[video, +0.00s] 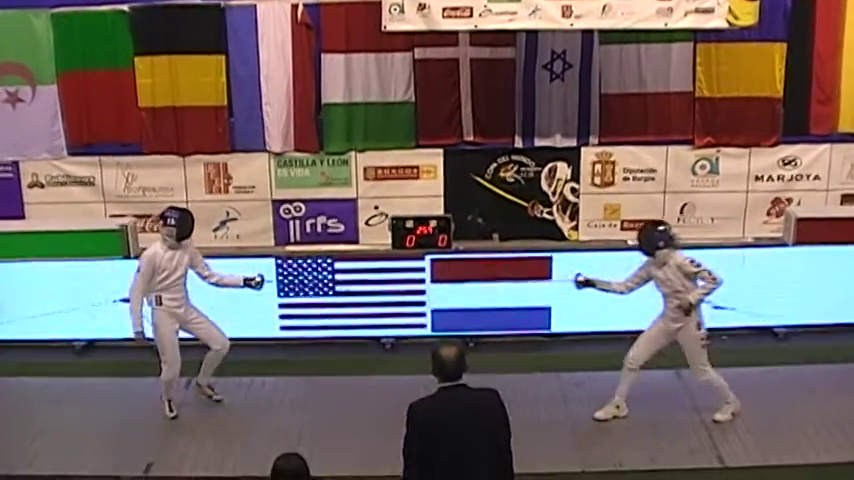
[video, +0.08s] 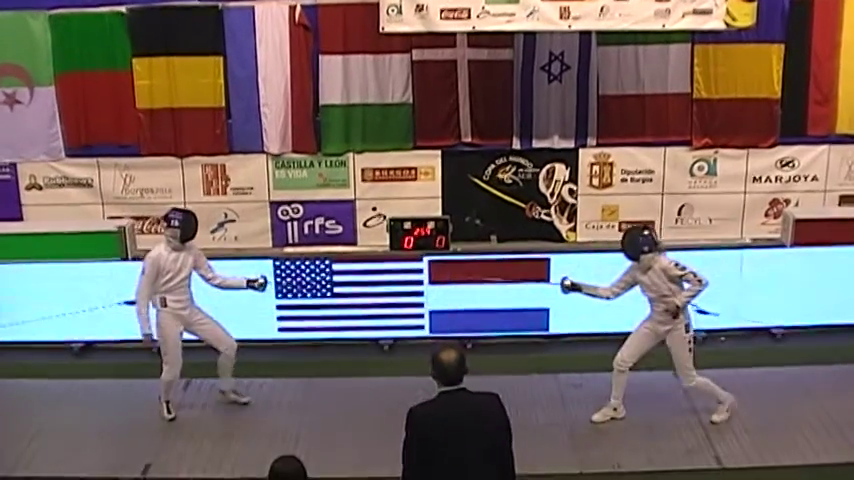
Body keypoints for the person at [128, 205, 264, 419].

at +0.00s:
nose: (166, 233)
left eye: (171, 230)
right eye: (164, 228)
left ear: (182, 233)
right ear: (160, 228)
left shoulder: (188, 251)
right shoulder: (151, 255)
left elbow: (210, 277)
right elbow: (136, 293)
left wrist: (245, 281)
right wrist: (138, 330)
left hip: (186, 309)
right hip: (162, 313)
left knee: (221, 345)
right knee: (172, 365)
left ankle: (203, 382)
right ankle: (167, 398)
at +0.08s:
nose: (170, 232)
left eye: (175, 229)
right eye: (168, 227)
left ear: (185, 233)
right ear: (164, 229)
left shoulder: (192, 253)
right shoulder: (155, 257)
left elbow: (214, 279)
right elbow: (142, 297)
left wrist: (248, 283)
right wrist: (146, 333)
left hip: (190, 311)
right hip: (167, 315)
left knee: (229, 347)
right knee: (173, 368)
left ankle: (226, 390)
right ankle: (165, 400)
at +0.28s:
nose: (193, 238)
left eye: (198, 234)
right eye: (190, 233)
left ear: (209, 237)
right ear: (187, 234)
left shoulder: (216, 256)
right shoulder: (179, 263)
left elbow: (245, 279)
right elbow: (170, 301)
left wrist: (280, 280)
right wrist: (181, 332)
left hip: (214, 317)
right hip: (189, 320)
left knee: (250, 355)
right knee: (180, 373)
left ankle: (268, 400)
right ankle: (165, 403)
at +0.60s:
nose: (230, 234)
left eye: (235, 231)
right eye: (230, 230)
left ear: (243, 234)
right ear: (228, 230)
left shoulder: (252, 253)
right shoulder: (214, 257)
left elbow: (273, 280)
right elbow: (201, 296)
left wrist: (306, 285)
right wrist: (206, 327)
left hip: (250, 313)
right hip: (226, 317)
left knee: (284, 353)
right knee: (229, 374)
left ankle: (276, 397)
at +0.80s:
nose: (247, 243)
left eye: (253, 239)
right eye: (245, 237)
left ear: (263, 242)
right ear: (241, 239)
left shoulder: (267, 261)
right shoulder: (231, 265)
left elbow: (285, 291)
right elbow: (215, 303)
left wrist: (318, 293)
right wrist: (218, 337)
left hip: (268, 321)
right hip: (243, 325)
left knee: (308, 353)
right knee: (240, 378)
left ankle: (309, 401)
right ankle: (233, 403)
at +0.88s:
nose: (256, 238)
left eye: (261, 234)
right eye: (254, 233)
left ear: (271, 239)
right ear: (250, 235)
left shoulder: (277, 259)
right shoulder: (240, 263)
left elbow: (293, 289)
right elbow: (227, 302)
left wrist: (328, 291)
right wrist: (233, 336)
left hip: (277, 319)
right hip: (253, 323)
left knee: (317, 352)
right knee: (243, 376)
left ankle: (326, 401)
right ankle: (233, 402)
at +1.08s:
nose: (286, 238)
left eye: (290, 234)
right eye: (283, 233)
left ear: (300, 237)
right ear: (279, 234)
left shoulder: (308, 257)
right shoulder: (270, 263)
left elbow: (339, 276)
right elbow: (261, 304)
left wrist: (375, 280)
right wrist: (272, 331)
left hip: (309, 320)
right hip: (283, 324)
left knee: (345, 355)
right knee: (262, 374)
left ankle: (351, 405)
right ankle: (238, 399)